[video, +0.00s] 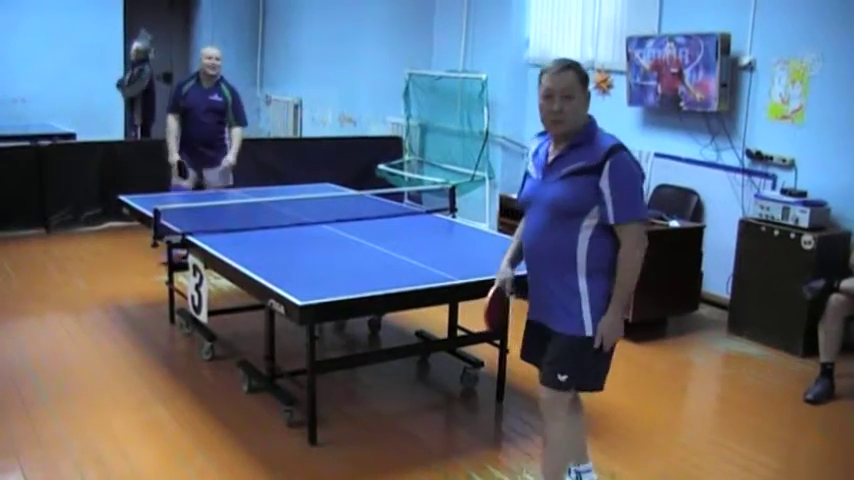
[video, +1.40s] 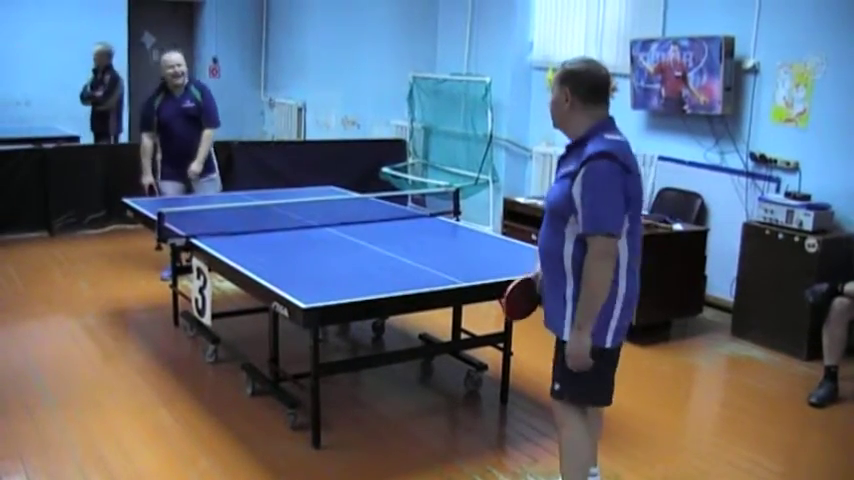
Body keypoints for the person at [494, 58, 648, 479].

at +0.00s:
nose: (554, 106)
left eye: (566, 98)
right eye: (547, 97)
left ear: (587, 100)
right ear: (538, 101)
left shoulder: (613, 160)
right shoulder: (541, 150)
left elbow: (634, 242)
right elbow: (531, 217)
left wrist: (617, 310)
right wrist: (507, 265)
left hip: (586, 305)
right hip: (546, 296)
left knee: (554, 394)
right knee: (560, 388)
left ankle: (552, 476)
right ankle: (580, 470)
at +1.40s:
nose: (549, 104)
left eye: (552, 95)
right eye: (550, 94)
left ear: (566, 98)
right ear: (597, 98)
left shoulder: (602, 164)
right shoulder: (589, 153)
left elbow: (603, 252)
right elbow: (580, 238)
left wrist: (582, 330)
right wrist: (542, 278)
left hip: (588, 319)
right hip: (586, 311)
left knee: (567, 405)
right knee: (585, 404)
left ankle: (574, 475)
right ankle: (586, 470)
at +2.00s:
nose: (556, 103)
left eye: (558, 95)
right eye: (557, 94)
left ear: (567, 98)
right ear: (606, 99)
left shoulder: (578, 154)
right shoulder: (628, 150)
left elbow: (582, 243)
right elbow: (632, 232)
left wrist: (566, 317)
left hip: (590, 310)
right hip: (628, 308)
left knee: (540, 393)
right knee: (613, 392)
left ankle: (557, 476)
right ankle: (611, 476)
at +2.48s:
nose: (520, 110)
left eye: (522, 103)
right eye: (524, 102)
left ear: (528, 105)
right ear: (569, 104)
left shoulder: (531, 158)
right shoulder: (607, 152)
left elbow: (529, 245)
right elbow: (625, 225)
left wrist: (525, 325)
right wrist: (626, 297)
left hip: (558, 311)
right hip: (612, 307)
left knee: (526, 402)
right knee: (607, 390)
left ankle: (514, 475)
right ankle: (611, 474)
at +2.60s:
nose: (520, 112)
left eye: (521, 106)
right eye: (521, 106)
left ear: (527, 106)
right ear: (568, 107)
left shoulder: (530, 157)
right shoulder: (605, 156)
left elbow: (504, 248)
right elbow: (621, 229)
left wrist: (480, 324)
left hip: (560, 303)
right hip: (614, 299)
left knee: (522, 396)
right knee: (610, 383)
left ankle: (513, 475)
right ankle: (621, 473)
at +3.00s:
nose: (565, 154)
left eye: (566, 146)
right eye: (565, 147)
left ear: (576, 145)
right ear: (610, 144)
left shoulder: (587, 182)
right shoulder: (636, 180)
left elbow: (564, 263)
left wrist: (521, 329)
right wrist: (582, 284)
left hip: (620, 314)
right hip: (663, 308)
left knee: (549, 399)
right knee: (647, 380)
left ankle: (519, 472)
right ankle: (675, 462)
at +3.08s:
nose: (573, 156)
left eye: (574, 148)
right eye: (573, 148)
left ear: (584, 146)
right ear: (615, 144)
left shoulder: (606, 188)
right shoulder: (635, 178)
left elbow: (616, 267)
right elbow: (628, 257)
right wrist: (598, 305)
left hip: (639, 315)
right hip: (669, 308)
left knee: (577, 401)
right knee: (650, 385)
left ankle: (539, 473)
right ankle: (675, 462)